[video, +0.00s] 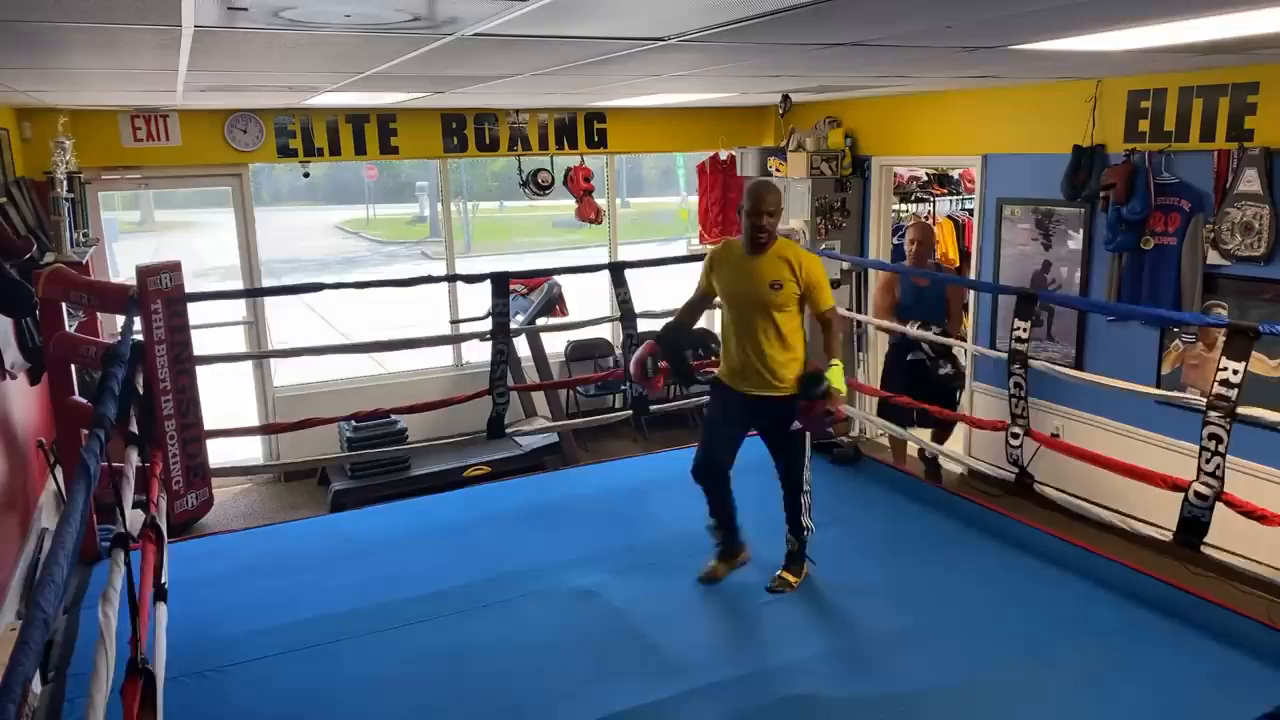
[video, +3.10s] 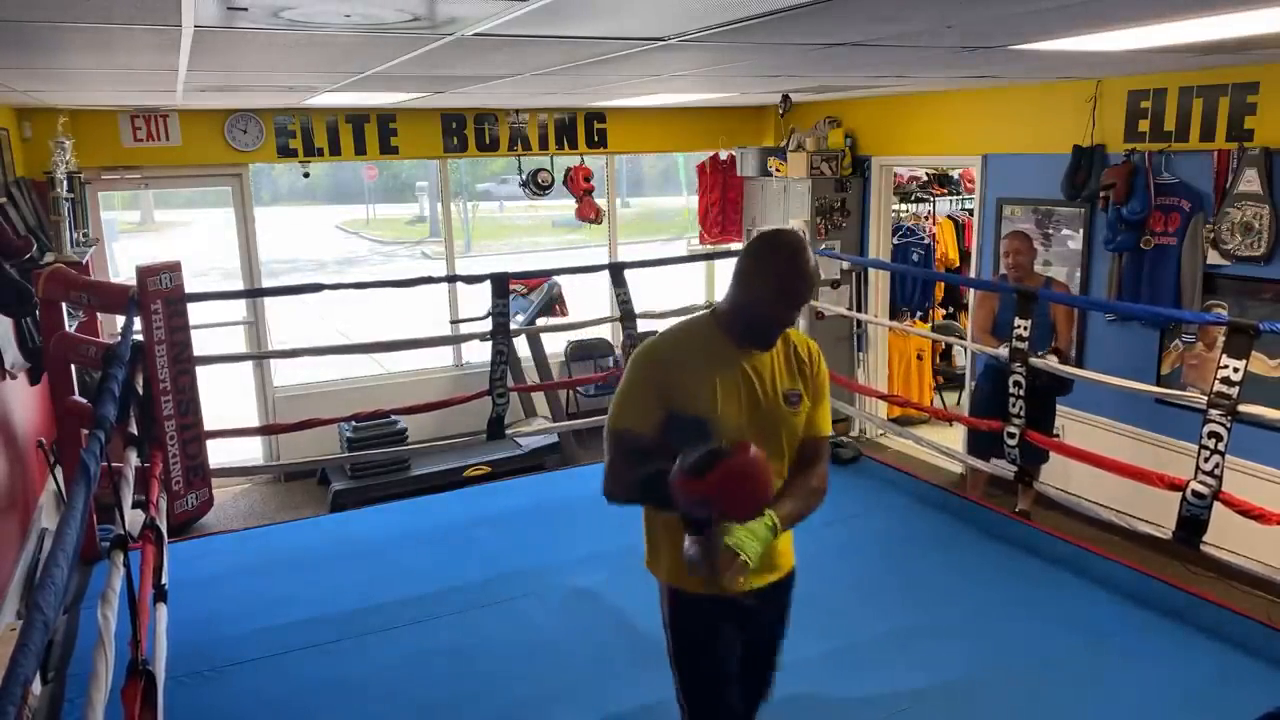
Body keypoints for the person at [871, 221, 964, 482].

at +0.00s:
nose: (912, 248)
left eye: (919, 243)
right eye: (910, 242)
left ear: (932, 246)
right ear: (904, 243)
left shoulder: (949, 278)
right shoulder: (891, 275)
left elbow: (955, 322)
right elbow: (881, 318)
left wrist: (942, 336)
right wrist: (909, 330)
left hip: (938, 355)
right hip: (902, 353)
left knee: (948, 415)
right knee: (896, 416)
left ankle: (931, 452)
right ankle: (899, 473)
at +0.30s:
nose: (918, 249)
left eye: (924, 244)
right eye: (915, 243)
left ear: (937, 248)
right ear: (910, 244)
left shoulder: (953, 280)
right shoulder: (897, 277)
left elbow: (963, 323)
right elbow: (890, 323)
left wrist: (954, 353)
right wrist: (921, 334)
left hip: (945, 360)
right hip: (909, 358)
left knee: (958, 423)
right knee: (901, 422)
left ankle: (967, 482)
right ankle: (900, 477)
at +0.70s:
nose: (958, 250)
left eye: (966, 246)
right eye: (957, 244)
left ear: (979, 252)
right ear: (951, 246)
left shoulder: (992, 283)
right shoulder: (934, 280)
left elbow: (1000, 330)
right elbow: (924, 323)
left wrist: (982, 346)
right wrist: (956, 340)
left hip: (980, 368)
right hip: (942, 364)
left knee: (980, 434)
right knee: (923, 425)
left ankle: (974, 490)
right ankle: (906, 473)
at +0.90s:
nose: (975, 252)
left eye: (983, 248)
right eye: (974, 245)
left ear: (995, 254)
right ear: (966, 245)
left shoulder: (1007, 284)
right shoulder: (948, 281)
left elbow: (1012, 327)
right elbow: (935, 324)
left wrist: (999, 348)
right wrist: (968, 341)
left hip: (991, 368)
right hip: (955, 365)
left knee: (987, 434)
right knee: (941, 428)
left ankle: (974, 489)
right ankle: (924, 480)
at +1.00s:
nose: (979, 252)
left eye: (987, 248)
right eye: (977, 245)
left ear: (1001, 253)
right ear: (970, 246)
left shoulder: (1011, 285)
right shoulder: (952, 281)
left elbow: (1017, 327)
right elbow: (939, 324)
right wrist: (974, 345)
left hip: (995, 370)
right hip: (957, 368)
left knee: (987, 437)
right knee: (952, 435)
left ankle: (976, 491)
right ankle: (947, 492)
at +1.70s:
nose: (984, 258)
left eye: (991, 253)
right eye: (980, 251)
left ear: (1002, 256)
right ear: (971, 252)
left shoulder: (1017, 287)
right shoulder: (955, 289)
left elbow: (1030, 330)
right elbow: (943, 334)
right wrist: (975, 343)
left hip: (1005, 375)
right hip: (967, 373)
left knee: (1013, 438)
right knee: (956, 437)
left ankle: (1021, 508)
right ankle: (954, 496)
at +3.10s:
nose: (1011, 260)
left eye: (1017, 254)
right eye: (1006, 254)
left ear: (1033, 255)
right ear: (1000, 257)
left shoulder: (1056, 290)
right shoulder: (990, 288)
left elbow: (1064, 340)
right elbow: (978, 334)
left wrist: (1053, 357)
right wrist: (1005, 351)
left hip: (1037, 384)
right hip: (994, 380)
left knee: (1032, 452)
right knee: (981, 447)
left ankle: (1022, 513)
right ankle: (972, 506)